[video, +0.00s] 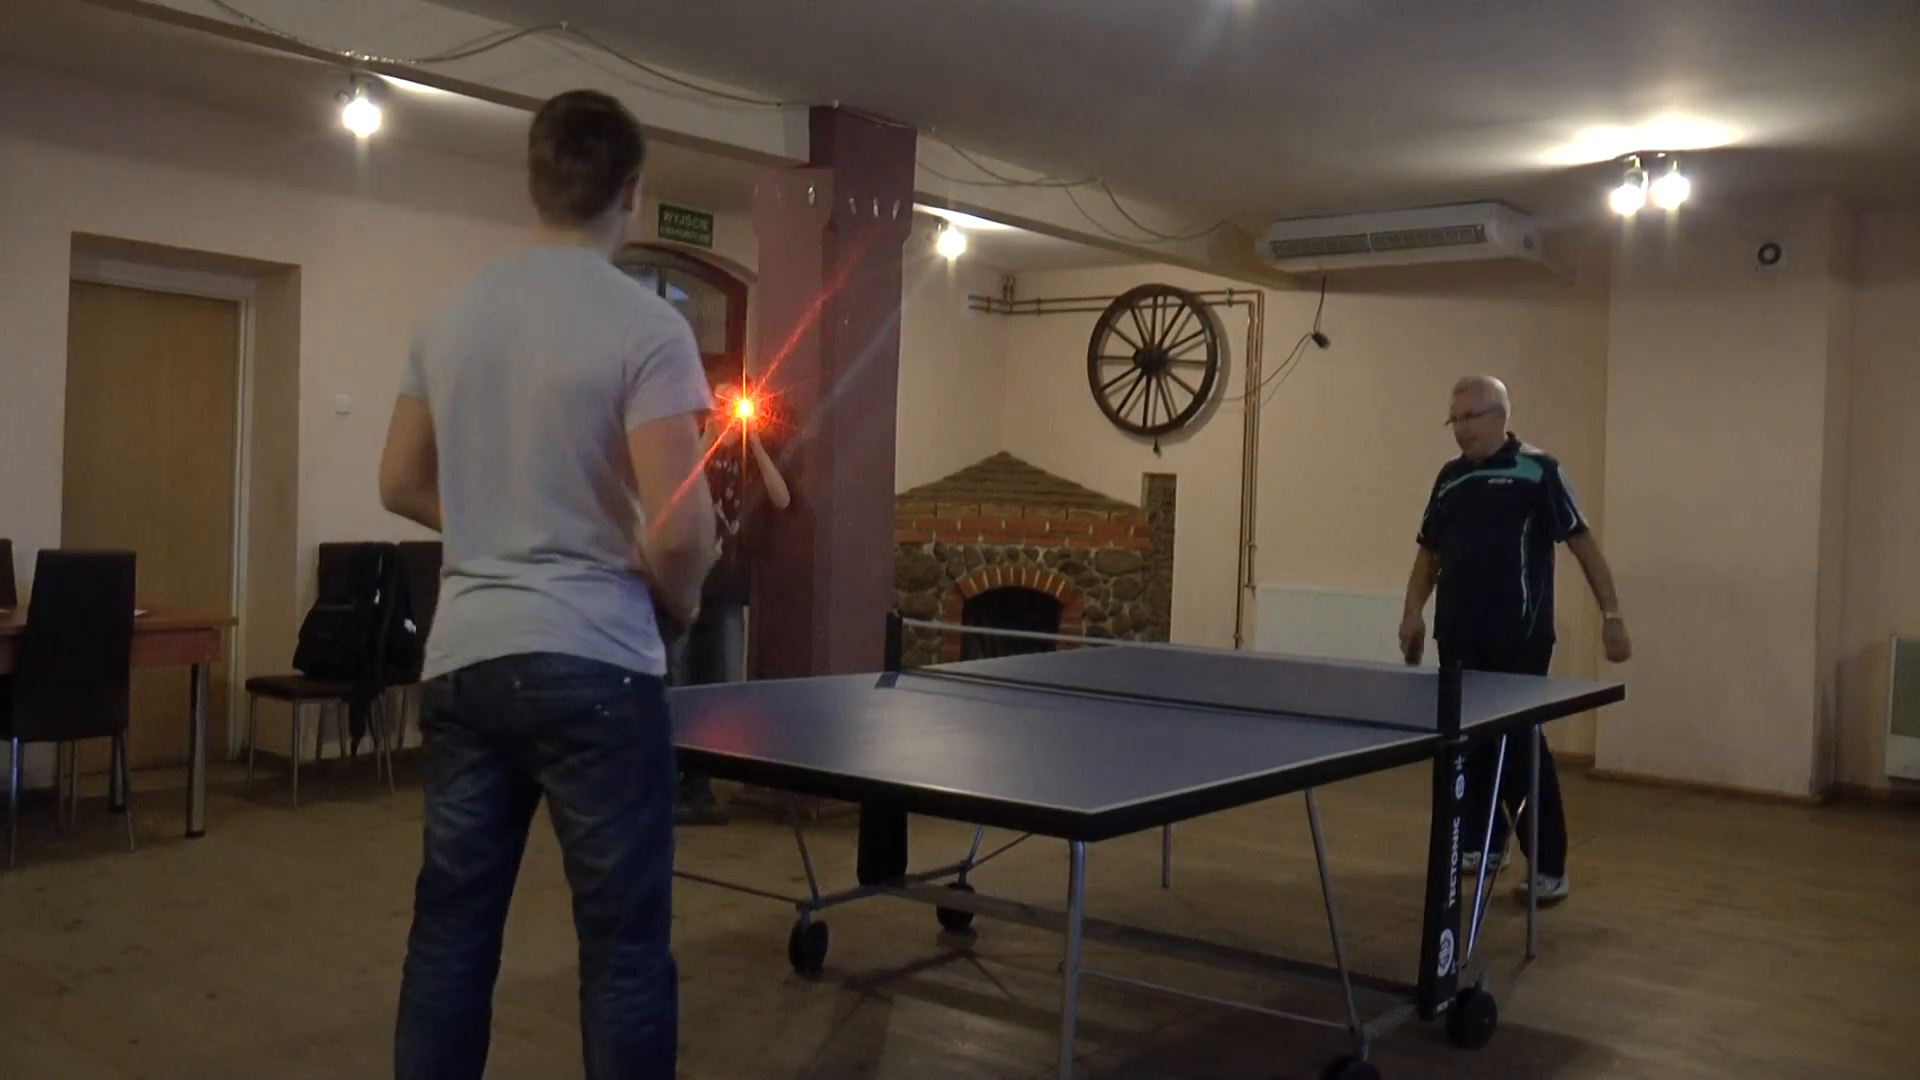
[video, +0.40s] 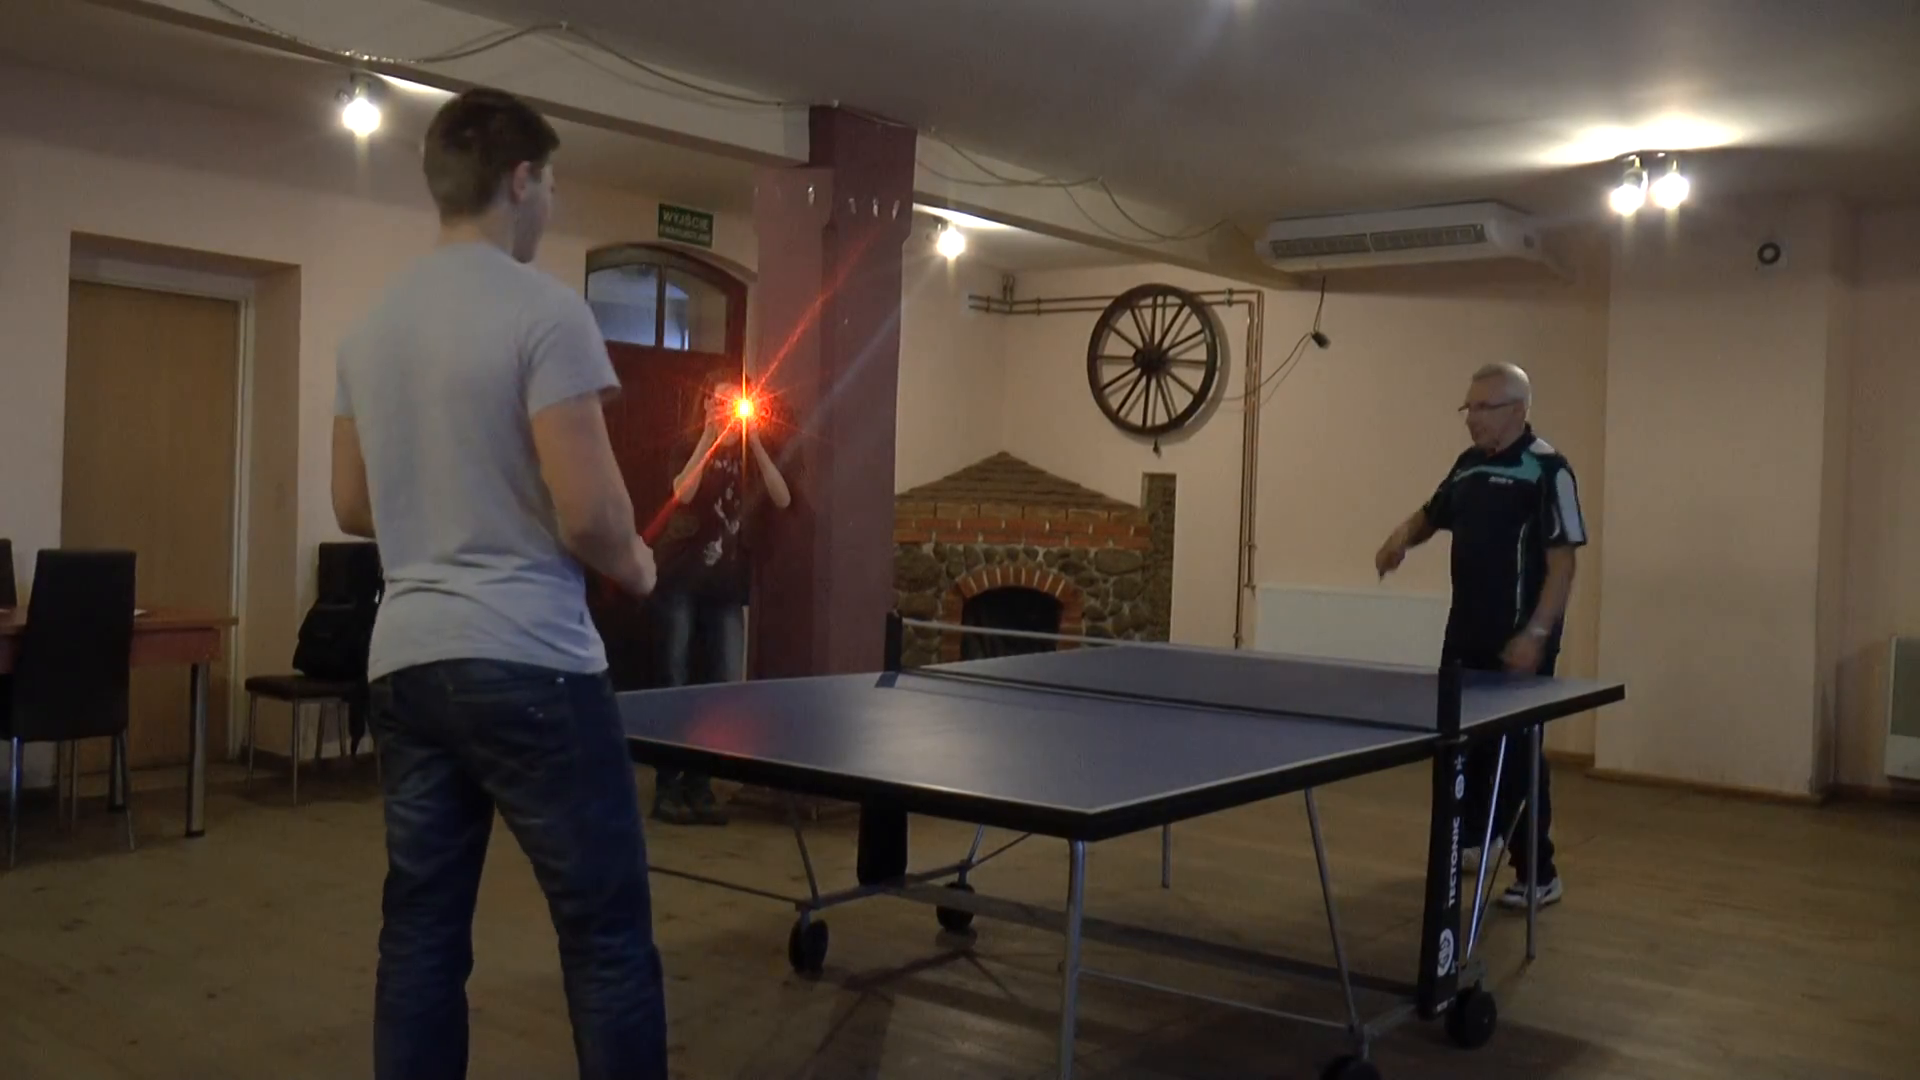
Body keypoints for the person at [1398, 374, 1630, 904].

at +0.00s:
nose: (1459, 428)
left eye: (1469, 418)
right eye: (1453, 419)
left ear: (1501, 418)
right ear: (1451, 421)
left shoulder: (1538, 472)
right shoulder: (1449, 479)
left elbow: (1582, 544)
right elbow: (1429, 553)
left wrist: (1612, 615)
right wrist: (1411, 614)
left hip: (1520, 641)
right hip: (1458, 640)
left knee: (1523, 749)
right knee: (1470, 749)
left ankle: (1548, 867)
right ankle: (1482, 849)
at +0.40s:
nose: (1470, 416)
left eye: (1482, 408)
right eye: (1468, 407)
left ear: (1517, 411)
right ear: (1471, 410)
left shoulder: (1549, 471)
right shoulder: (1468, 465)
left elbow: (1563, 564)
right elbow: (1432, 516)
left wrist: (1535, 633)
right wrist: (1398, 540)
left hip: (1520, 640)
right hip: (1465, 632)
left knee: (1517, 754)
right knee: (1461, 746)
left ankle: (1537, 871)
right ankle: (1469, 843)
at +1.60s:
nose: (1429, 415)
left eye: (1441, 406)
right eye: (1424, 406)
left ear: (1470, 411)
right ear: (1419, 409)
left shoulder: (1498, 455)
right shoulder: (1412, 467)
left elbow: (1525, 510)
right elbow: (1386, 538)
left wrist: (1469, 457)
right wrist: (1368, 597)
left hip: (1490, 631)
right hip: (1427, 630)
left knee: (1492, 749)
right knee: (1430, 745)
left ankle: (1515, 862)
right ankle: (1434, 843)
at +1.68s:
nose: (1433, 415)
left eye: (1445, 406)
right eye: (1427, 406)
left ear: (1473, 411)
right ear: (1420, 410)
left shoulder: (1501, 459)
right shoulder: (1415, 468)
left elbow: (1536, 523)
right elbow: (1387, 538)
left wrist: (1475, 484)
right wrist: (1373, 597)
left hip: (1490, 634)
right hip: (1428, 631)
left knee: (1489, 750)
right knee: (1430, 745)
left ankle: (1501, 865)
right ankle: (1434, 843)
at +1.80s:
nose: (1440, 414)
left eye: (1453, 405)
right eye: (1434, 404)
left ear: (1479, 410)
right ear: (1426, 409)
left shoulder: (1511, 463)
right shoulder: (1420, 469)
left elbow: (1542, 540)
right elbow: (1394, 539)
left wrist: (1487, 513)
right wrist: (1383, 599)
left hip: (1494, 636)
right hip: (1432, 633)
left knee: (1488, 753)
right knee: (1434, 746)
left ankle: (1500, 866)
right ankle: (1435, 845)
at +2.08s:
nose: (1459, 411)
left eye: (1472, 402)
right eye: (1453, 401)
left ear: (1500, 409)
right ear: (1446, 406)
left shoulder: (1531, 466)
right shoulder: (1435, 468)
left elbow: (1564, 544)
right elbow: (1411, 541)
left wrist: (1512, 531)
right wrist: (1406, 591)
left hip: (1509, 639)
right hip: (1445, 635)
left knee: (1504, 754)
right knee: (1438, 746)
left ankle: (1501, 866)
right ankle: (1436, 846)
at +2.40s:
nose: (1466, 417)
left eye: (1479, 407)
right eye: (1459, 406)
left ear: (1508, 410)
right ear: (1453, 407)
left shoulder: (1538, 467)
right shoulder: (1444, 466)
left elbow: (1562, 548)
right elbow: (1423, 538)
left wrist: (1506, 548)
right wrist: (1407, 577)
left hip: (1511, 642)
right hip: (1443, 634)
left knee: (1505, 755)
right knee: (1425, 741)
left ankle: (1500, 866)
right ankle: (1424, 845)